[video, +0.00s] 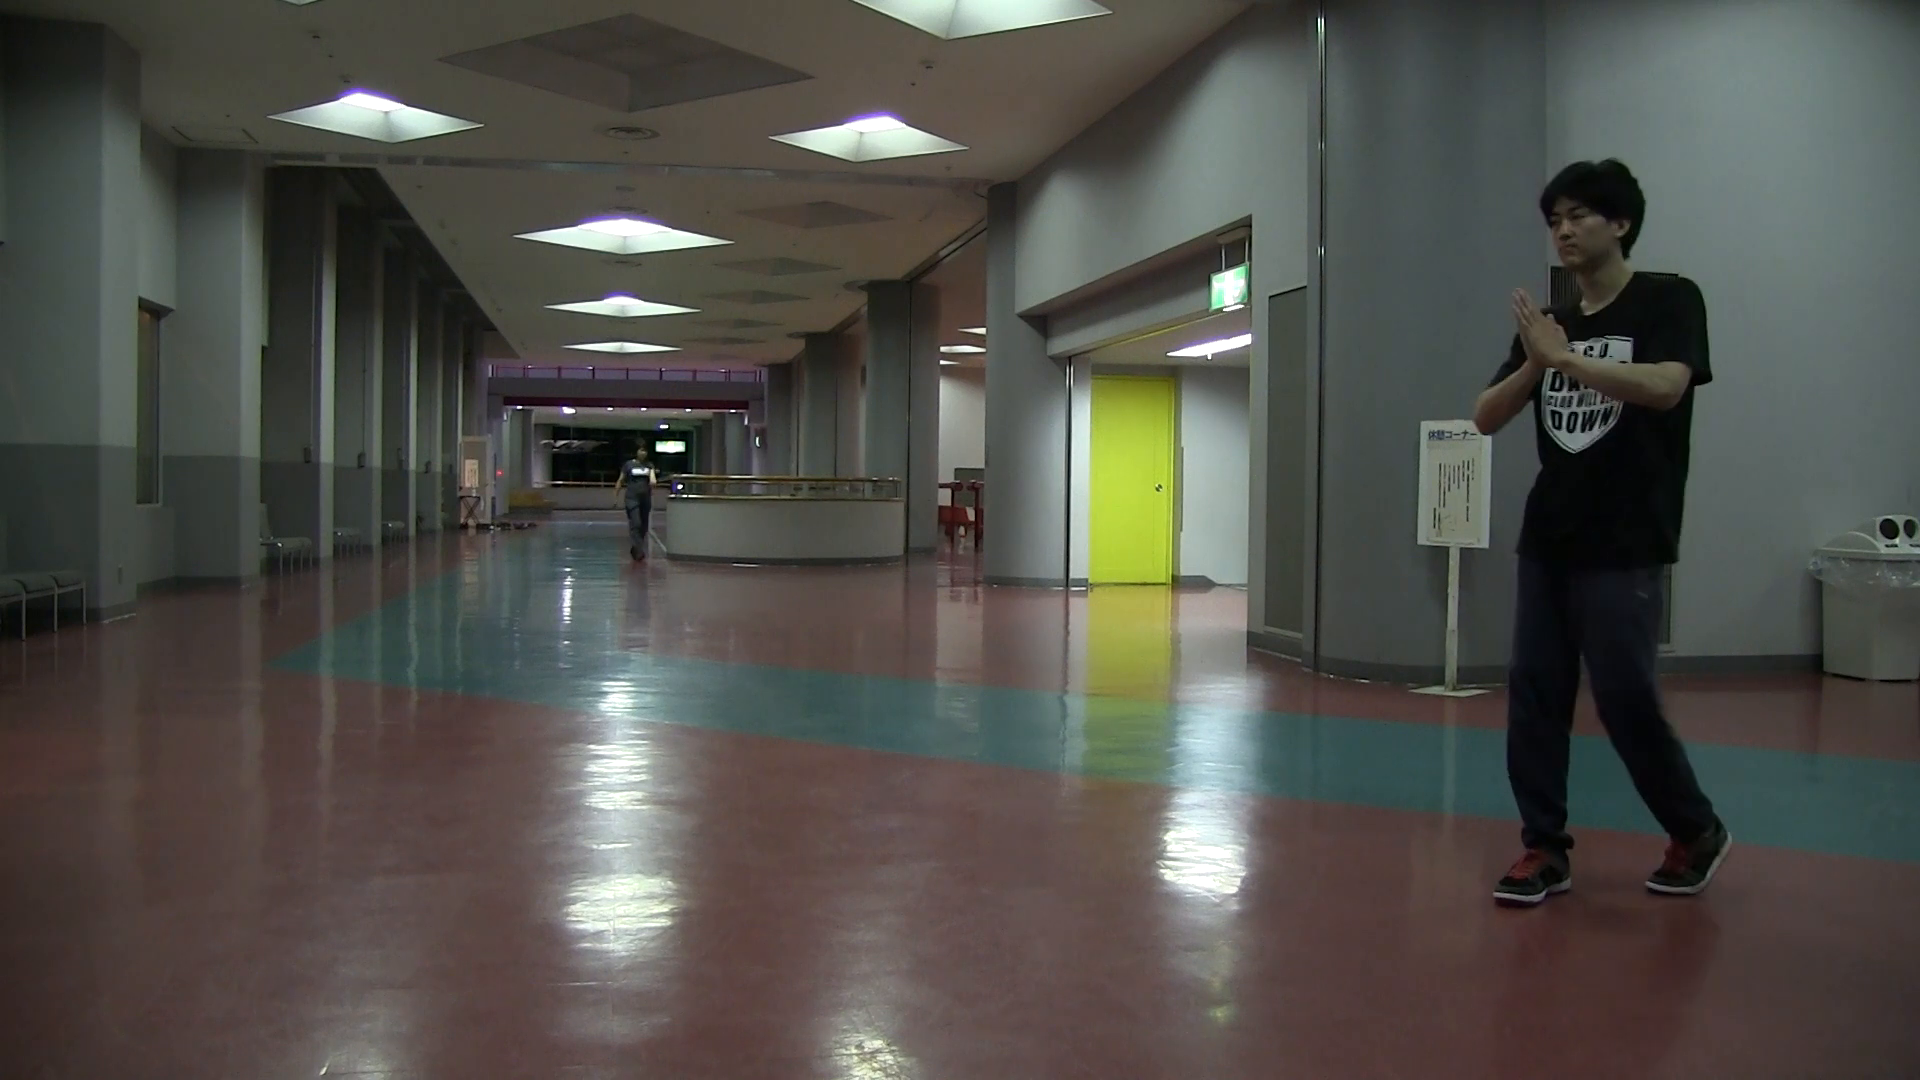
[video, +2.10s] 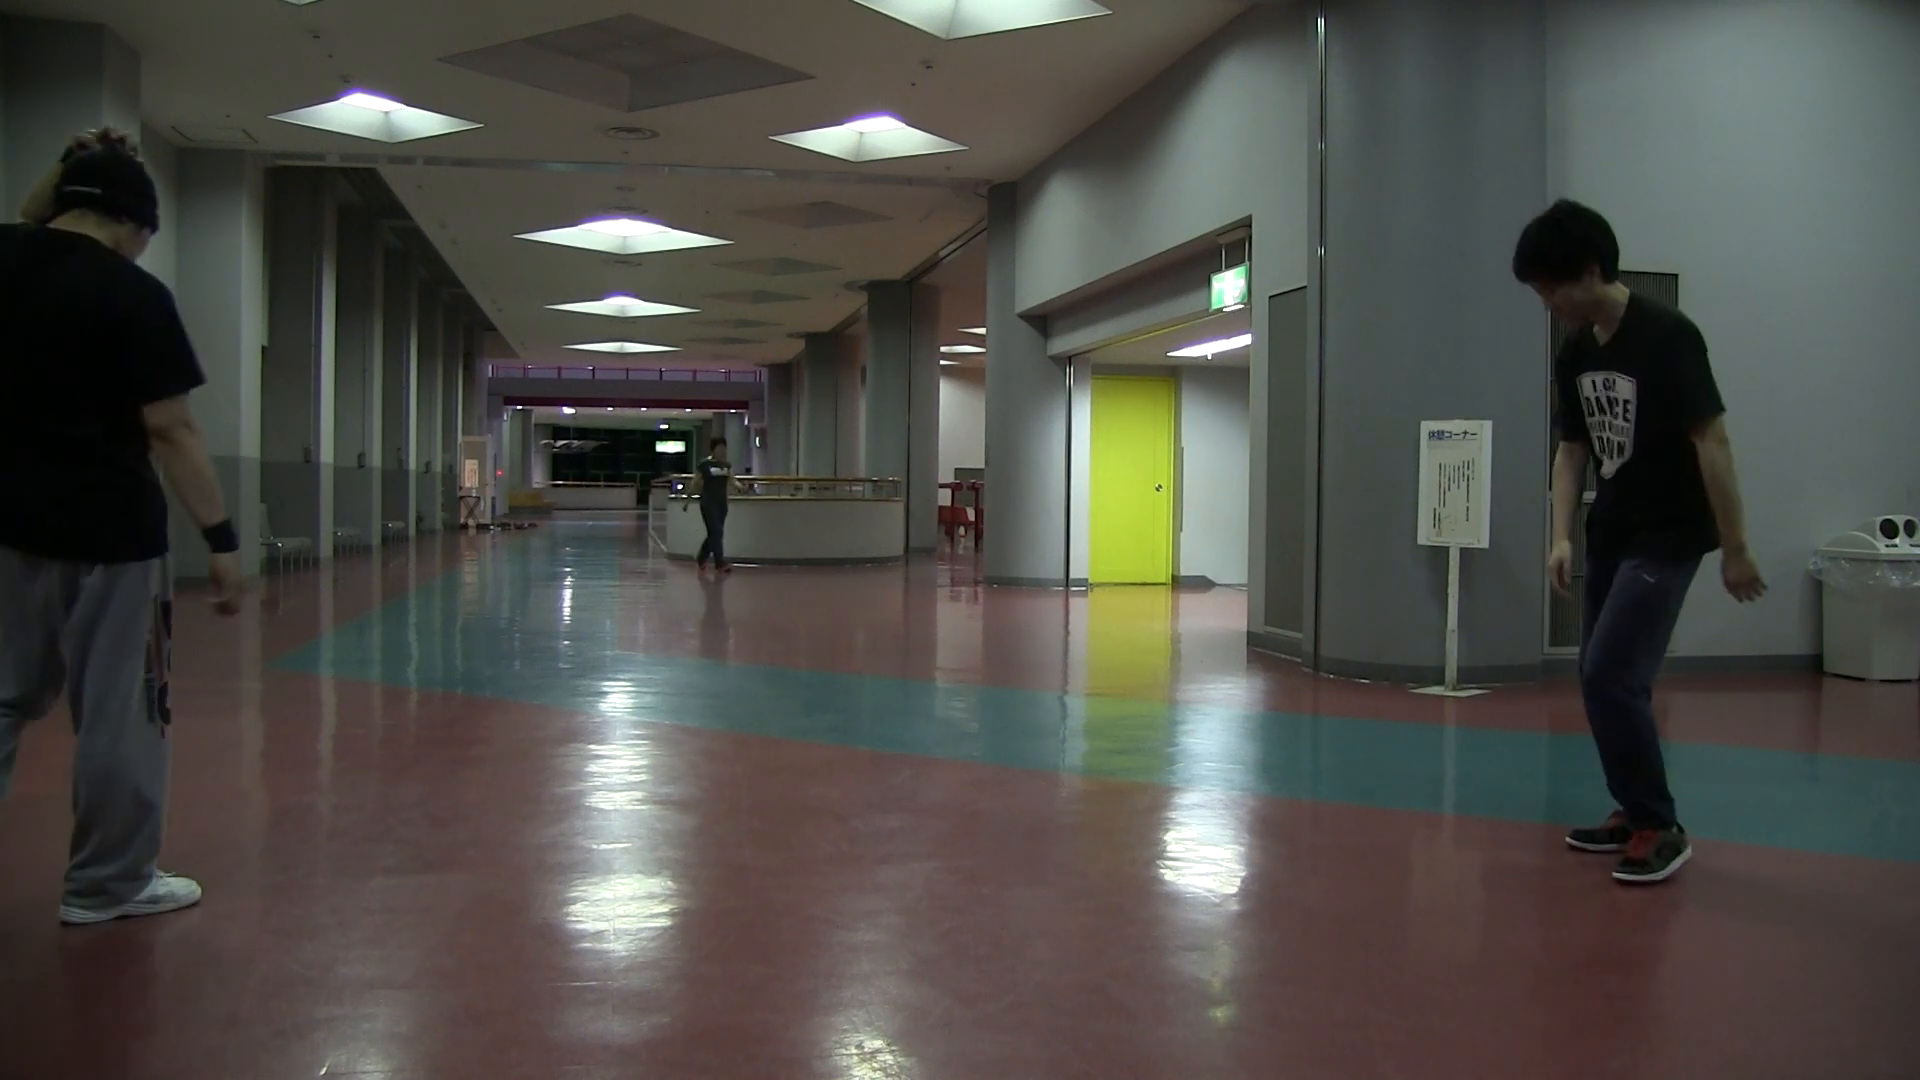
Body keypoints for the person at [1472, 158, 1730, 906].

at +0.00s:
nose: (1562, 230)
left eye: (1578, 216)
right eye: (1555, 219)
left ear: (1619, 223)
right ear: (1550, 232)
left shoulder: (1669, 299)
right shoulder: (1551, 318)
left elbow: (1664, 388)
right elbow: (1484, 418)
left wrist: (1561, 358)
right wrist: (1534, 365)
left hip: (1625, 539)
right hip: (1549, 535)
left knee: (1624, 701)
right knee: (1536, 699)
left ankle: (1696, 833)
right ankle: (1545, 849)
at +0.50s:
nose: (1609, 229)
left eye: (1622, 215)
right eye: (1607, 216)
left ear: (1667, 220)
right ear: (1622, 226)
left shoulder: (1713, 295)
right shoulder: (1619, 326)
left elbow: (1685, 392)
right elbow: (1595, 422)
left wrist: (1589, 386)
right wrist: (1565, 391)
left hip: (1699, 527)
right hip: (1630, 526)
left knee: (1687, 687)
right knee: (1593, 678)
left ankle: (1709, 847)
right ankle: (1580, 827)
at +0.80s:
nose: (1607, 224)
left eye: (1621, 212)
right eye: (1612, 212)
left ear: (1658, 226)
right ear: (1650, 228)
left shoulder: (1688, 304)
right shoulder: (1629, 326)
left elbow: (1661, 411)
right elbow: (1603, 426)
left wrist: (1594, 505)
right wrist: (1566, 504)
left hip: (1680, 530)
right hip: (1632, 529)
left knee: (1676, 684)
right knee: (1628, 677)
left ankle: (1710, 848)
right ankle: (1648, 818)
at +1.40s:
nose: (1655, 241)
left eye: (1664, 232)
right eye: (1664, 231)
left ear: (1676, 248)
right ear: (1705, 271)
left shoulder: (1645, 320)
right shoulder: (1682, 331)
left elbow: (1593, 417)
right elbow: (1646, 434)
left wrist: (1559, 509)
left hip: (1599, 530)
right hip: (1633, 532)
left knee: (1563, 675)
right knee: (1618, 670)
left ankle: (1653, 812)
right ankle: (1634, 815)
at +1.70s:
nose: (1577, 299)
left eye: (1580, 283)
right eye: (1576, 285)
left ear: (1609, 273)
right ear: (1626, 277)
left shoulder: (1635, 334)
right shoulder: (1661, 338)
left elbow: (1582, 425)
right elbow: (1631, 461)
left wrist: (1531, 514)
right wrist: (1580, 546)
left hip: (1620, 545)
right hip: (1640, 547)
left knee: (1536, 674)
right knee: (1586, 682)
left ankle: (1621, 808)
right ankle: (1634, 811)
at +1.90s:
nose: (1544, 308)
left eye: (1545, 292)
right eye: (1538, 296)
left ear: (1580, 275)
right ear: (1577, 280)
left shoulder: (1644, 334)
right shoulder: (1606, 354)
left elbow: (1638, 445)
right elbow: (1587, 458)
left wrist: (1631, 550)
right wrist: (1544, 540)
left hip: (1656, 539)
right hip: (1629, 538)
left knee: (1563, 669)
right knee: (1603, 678)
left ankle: (1641, 810)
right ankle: (1631, 816)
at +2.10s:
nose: (1546, 303)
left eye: (1550, 288)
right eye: (1541, 291)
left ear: (1589, 270)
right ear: (1576, 278)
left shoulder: (1671, 335)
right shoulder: (1575, 350)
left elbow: (1712, 440)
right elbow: (1572, 449)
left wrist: (1736, 548)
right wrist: (1560, 536)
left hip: (1670, 534)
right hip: (1610, 533)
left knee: (1608, 672)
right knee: (1606, 676)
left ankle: (1660, 828)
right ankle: (1634, 813)